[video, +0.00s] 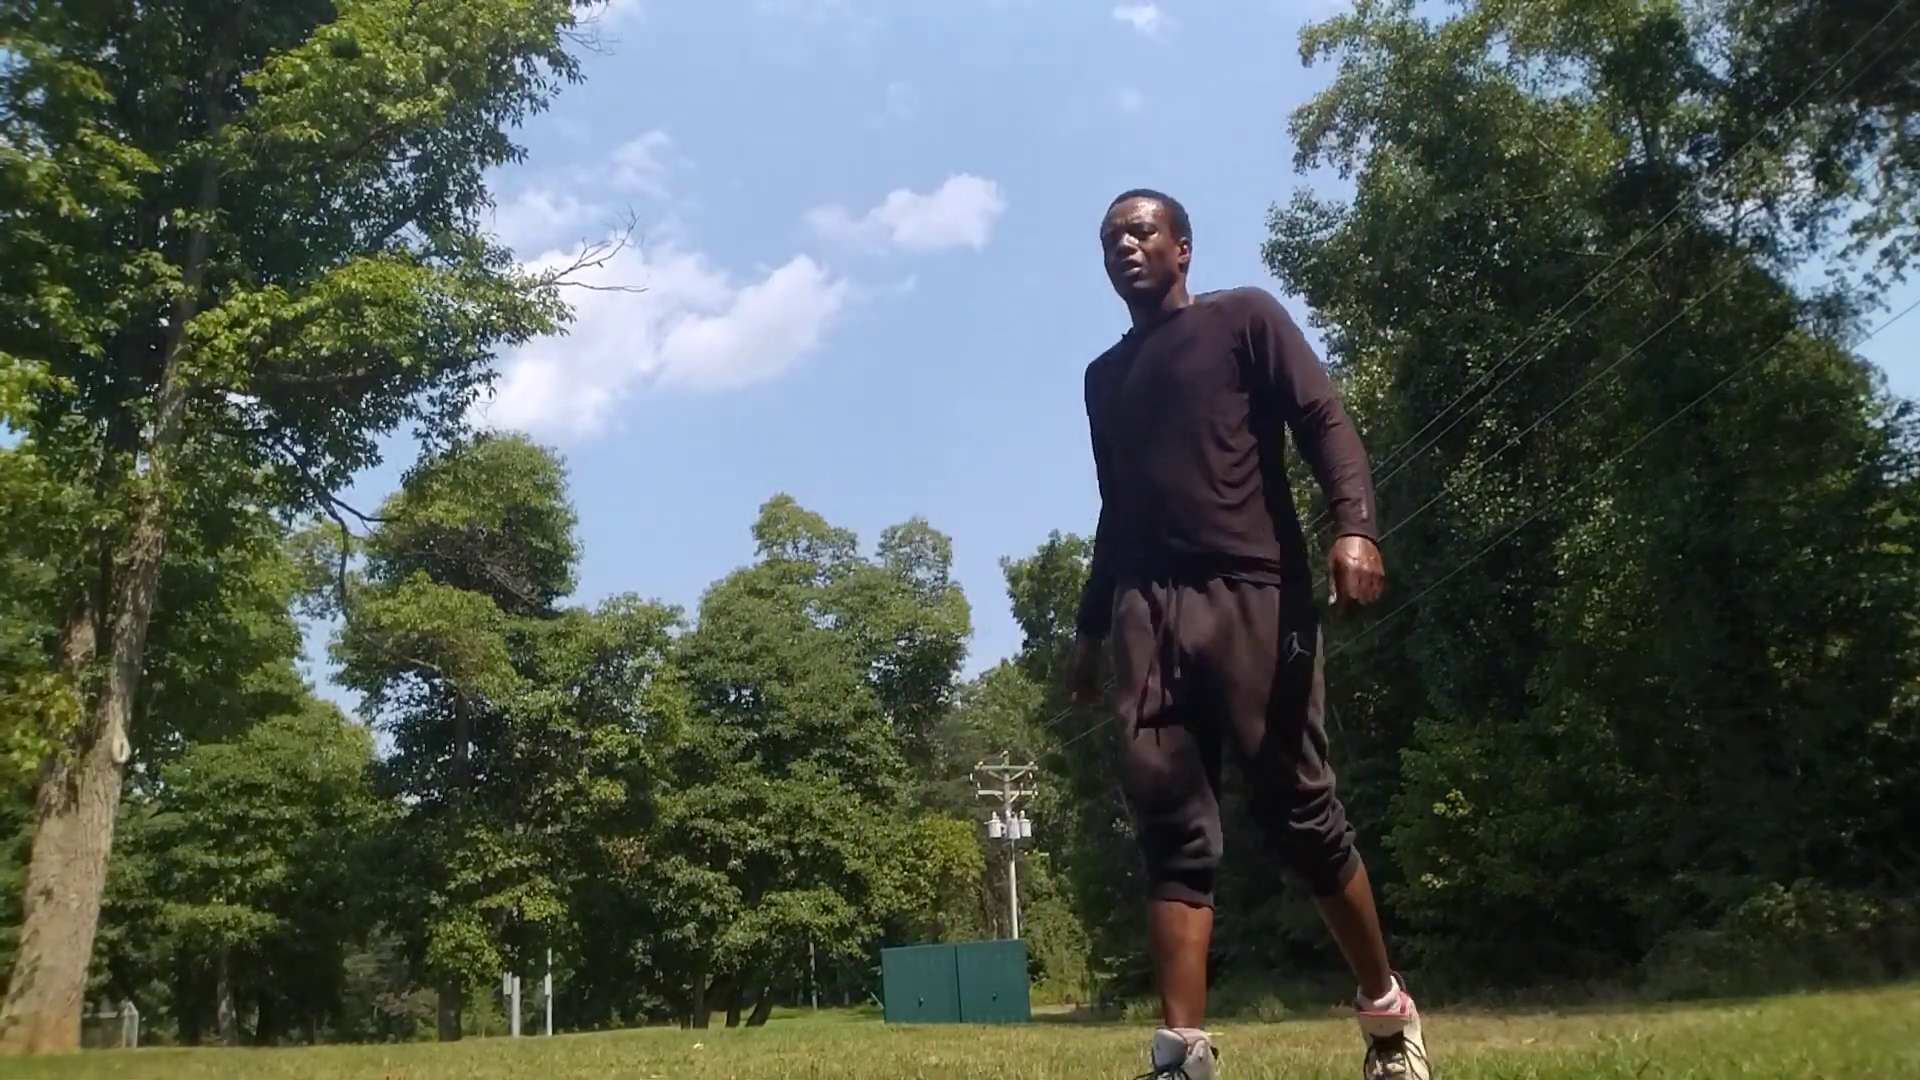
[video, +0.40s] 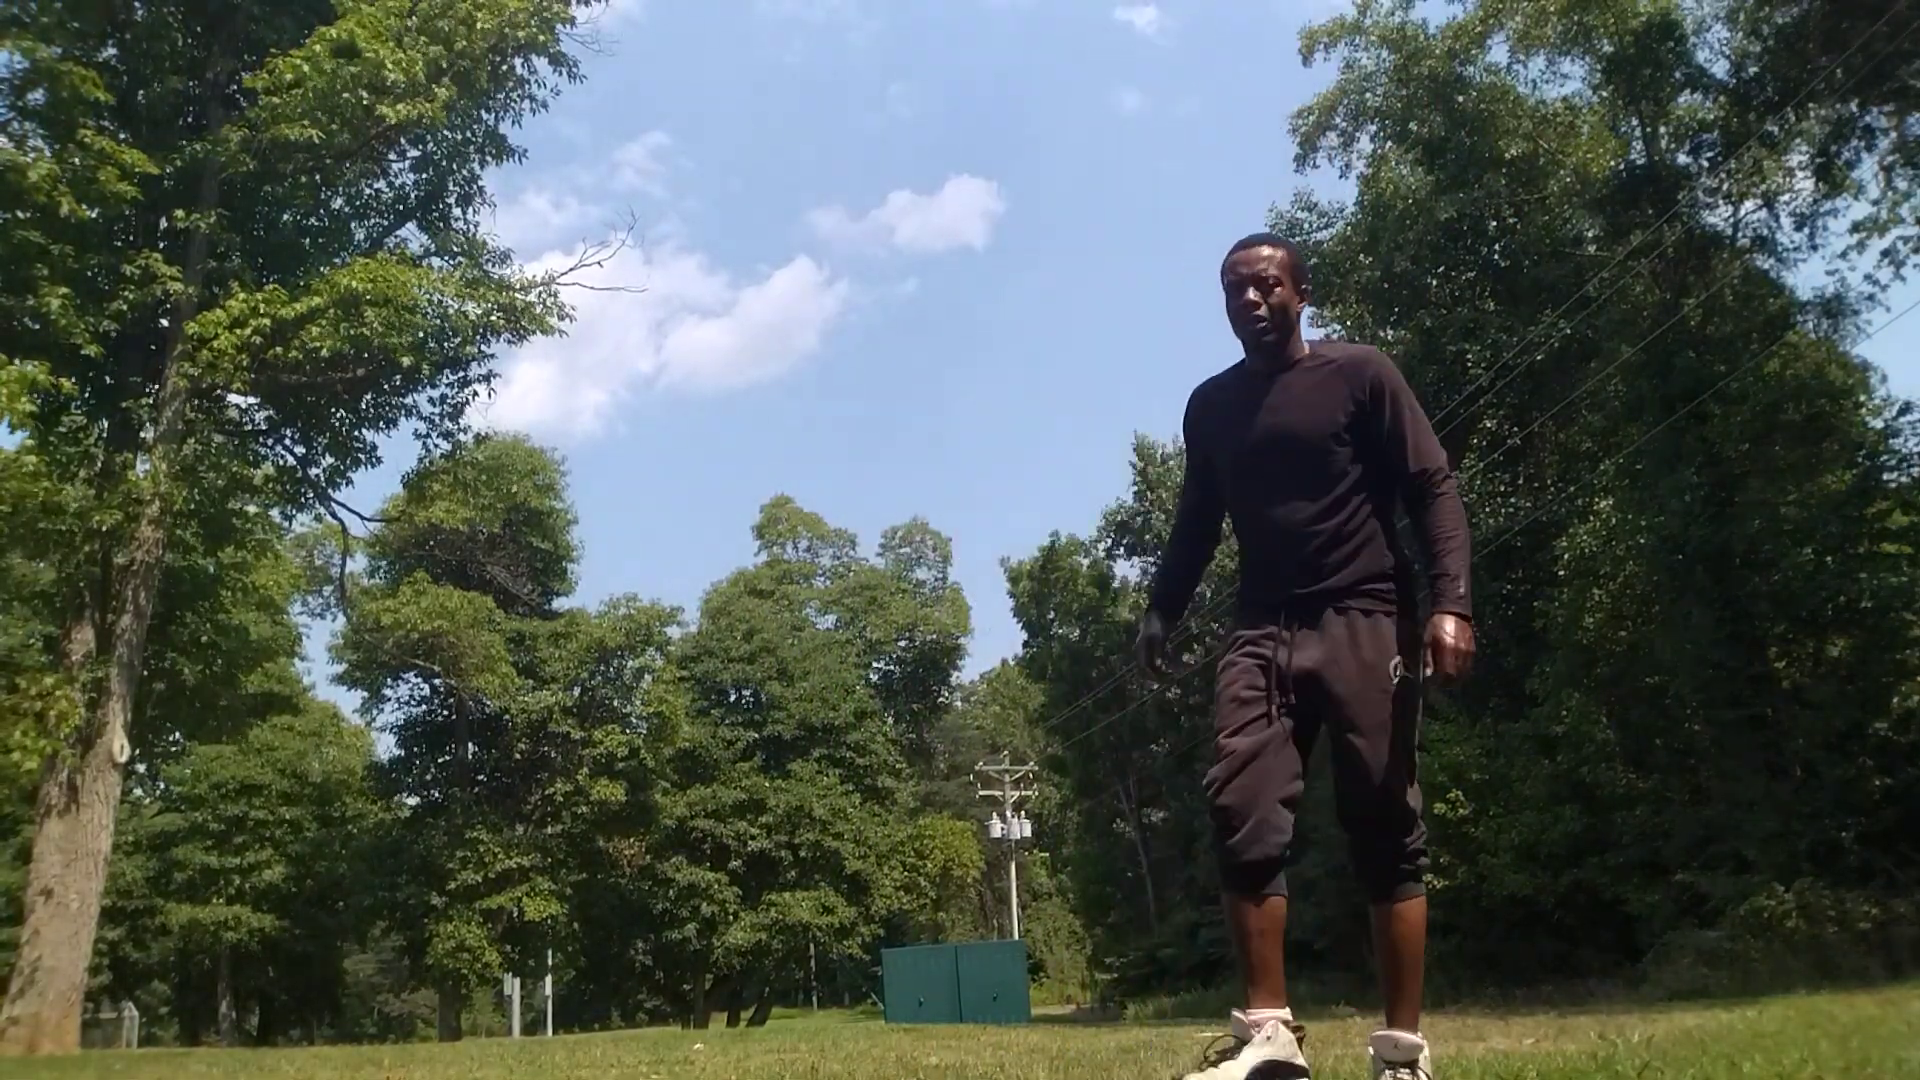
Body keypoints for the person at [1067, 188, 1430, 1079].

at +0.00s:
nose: (1121, 245)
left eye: (1139, 231)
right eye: (1110, 237)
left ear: (1181, 248)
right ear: (1103, 261)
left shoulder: (1244, 315)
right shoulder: (1105, 374)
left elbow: (1325, 420)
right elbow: (1118, 514)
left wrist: (1354, 527)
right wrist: (1088, 630)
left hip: (1252, 594)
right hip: (1146, 606)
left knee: (1303, 815)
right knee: (1172, 831)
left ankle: (1387, 1016)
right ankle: (1181, 1051)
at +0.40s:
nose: (1253, 298)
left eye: (1267, 283)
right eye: (1239, 287)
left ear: (1301, 292)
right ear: (1224, 304)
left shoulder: (1362, 372)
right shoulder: (1210, 406)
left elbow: (1435, 485)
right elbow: (1197, 520)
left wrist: (1450, 601)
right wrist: (1162, 610)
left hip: (1363, 619)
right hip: (1261, 628)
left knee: (1386, 821)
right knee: (1243, 809)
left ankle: (1400, 1042)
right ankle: (1268, 1029)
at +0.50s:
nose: (1273, 307)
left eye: (1287, 292)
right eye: (1259, 296)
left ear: (1321, 299)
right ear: (1244, 312)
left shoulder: (1385, 385)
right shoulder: (1230, 416)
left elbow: (1456, 504)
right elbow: (1205, 527)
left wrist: (1500, 628)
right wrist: (1158, 618)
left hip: (1382, 624)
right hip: (1282, 634)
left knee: (1394, 828)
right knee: (1269, 819)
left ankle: (1403, 1044)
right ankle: (1339, 1010)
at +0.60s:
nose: (1294, 315)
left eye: (1308, 300)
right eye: (1280, 304)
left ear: (1340, 308)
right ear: (1265, 319)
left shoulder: (1403, 393)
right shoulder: (1246, 420)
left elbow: (1474, 509)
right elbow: (1222, 529)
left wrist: (1531, 628)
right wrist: (1170, 620)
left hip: (1395, 628)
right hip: (1299, 642)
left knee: (1400, 826)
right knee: (1311, 831)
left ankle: (1404, 1042)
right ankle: (1431, 992)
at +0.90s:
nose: (1340, 358)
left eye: (1354, 345)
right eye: (1326, 347)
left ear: (1384, 358)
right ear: (1313, 365)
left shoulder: (1441, 429)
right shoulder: (1300, 467)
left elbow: (1516, 534)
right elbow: (1282, 569)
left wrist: (1555, 644)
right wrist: (1244, 644)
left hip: (1449, 656)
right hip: (1373, 673)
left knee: (1431, 840)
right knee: (1455, 849)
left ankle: (1412, 1045)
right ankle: (1554, 1023)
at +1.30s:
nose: (1367, 364)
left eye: (1382, 352)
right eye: (1359, 356)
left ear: (1420, 368)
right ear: (1354, 376)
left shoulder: (1468, 419)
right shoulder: (1363, 470)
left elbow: (1546, 512)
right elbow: (1382, 580)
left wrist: (1552, 618)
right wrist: (1381, 676)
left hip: (1499, 642)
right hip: (1430, 665)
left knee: (1476, 812)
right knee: (1504, 826)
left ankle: (1534, 1031)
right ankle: (1568, 1022)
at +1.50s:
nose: (1383, 364)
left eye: (1398, 352)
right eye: (1376, 356)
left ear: (1437, 366)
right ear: (1373, 376)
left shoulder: (1491, 418)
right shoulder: (1385, 474)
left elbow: (1574, 506)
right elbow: (1412, 583)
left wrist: (1579, 613)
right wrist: (1398, 677)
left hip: (1529, 643)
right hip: (1457, 665)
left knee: (1547, 816)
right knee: (1499, 834)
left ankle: (1650, 1005)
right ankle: (1565, 1032)